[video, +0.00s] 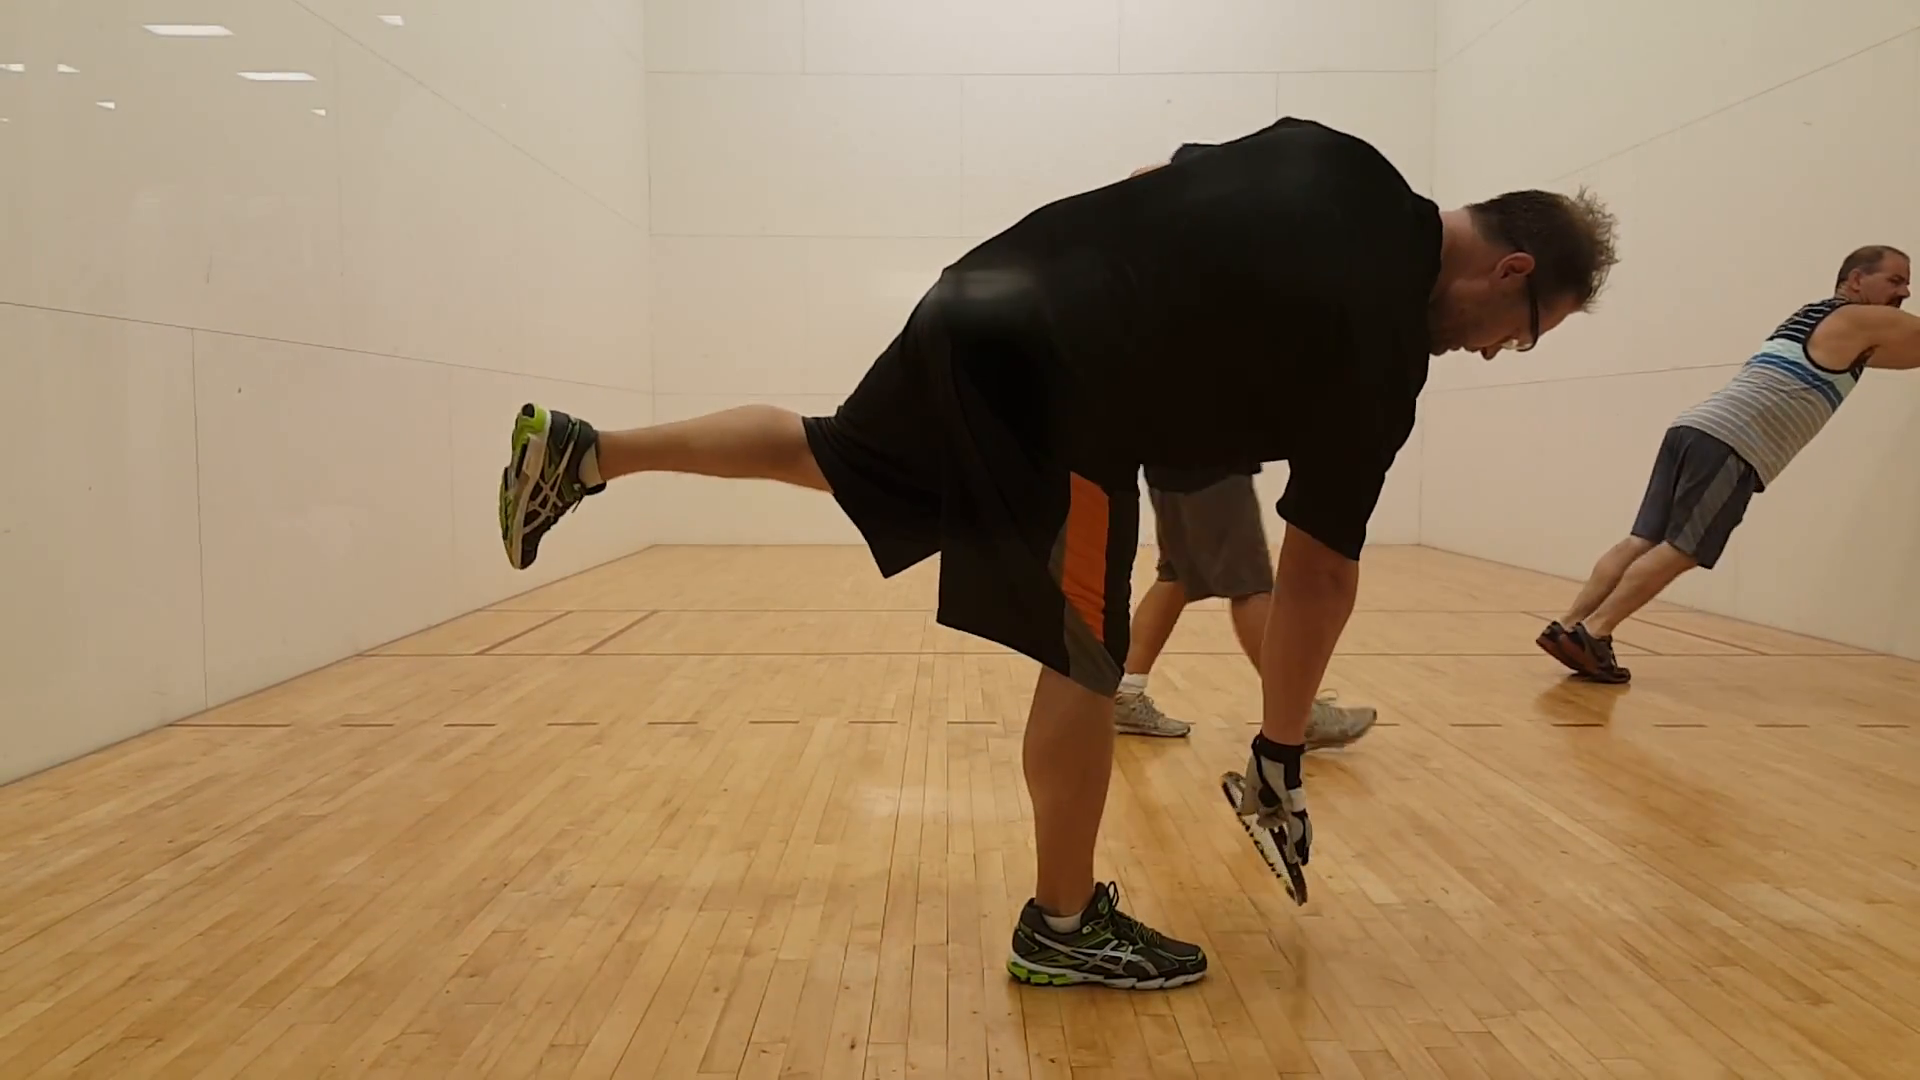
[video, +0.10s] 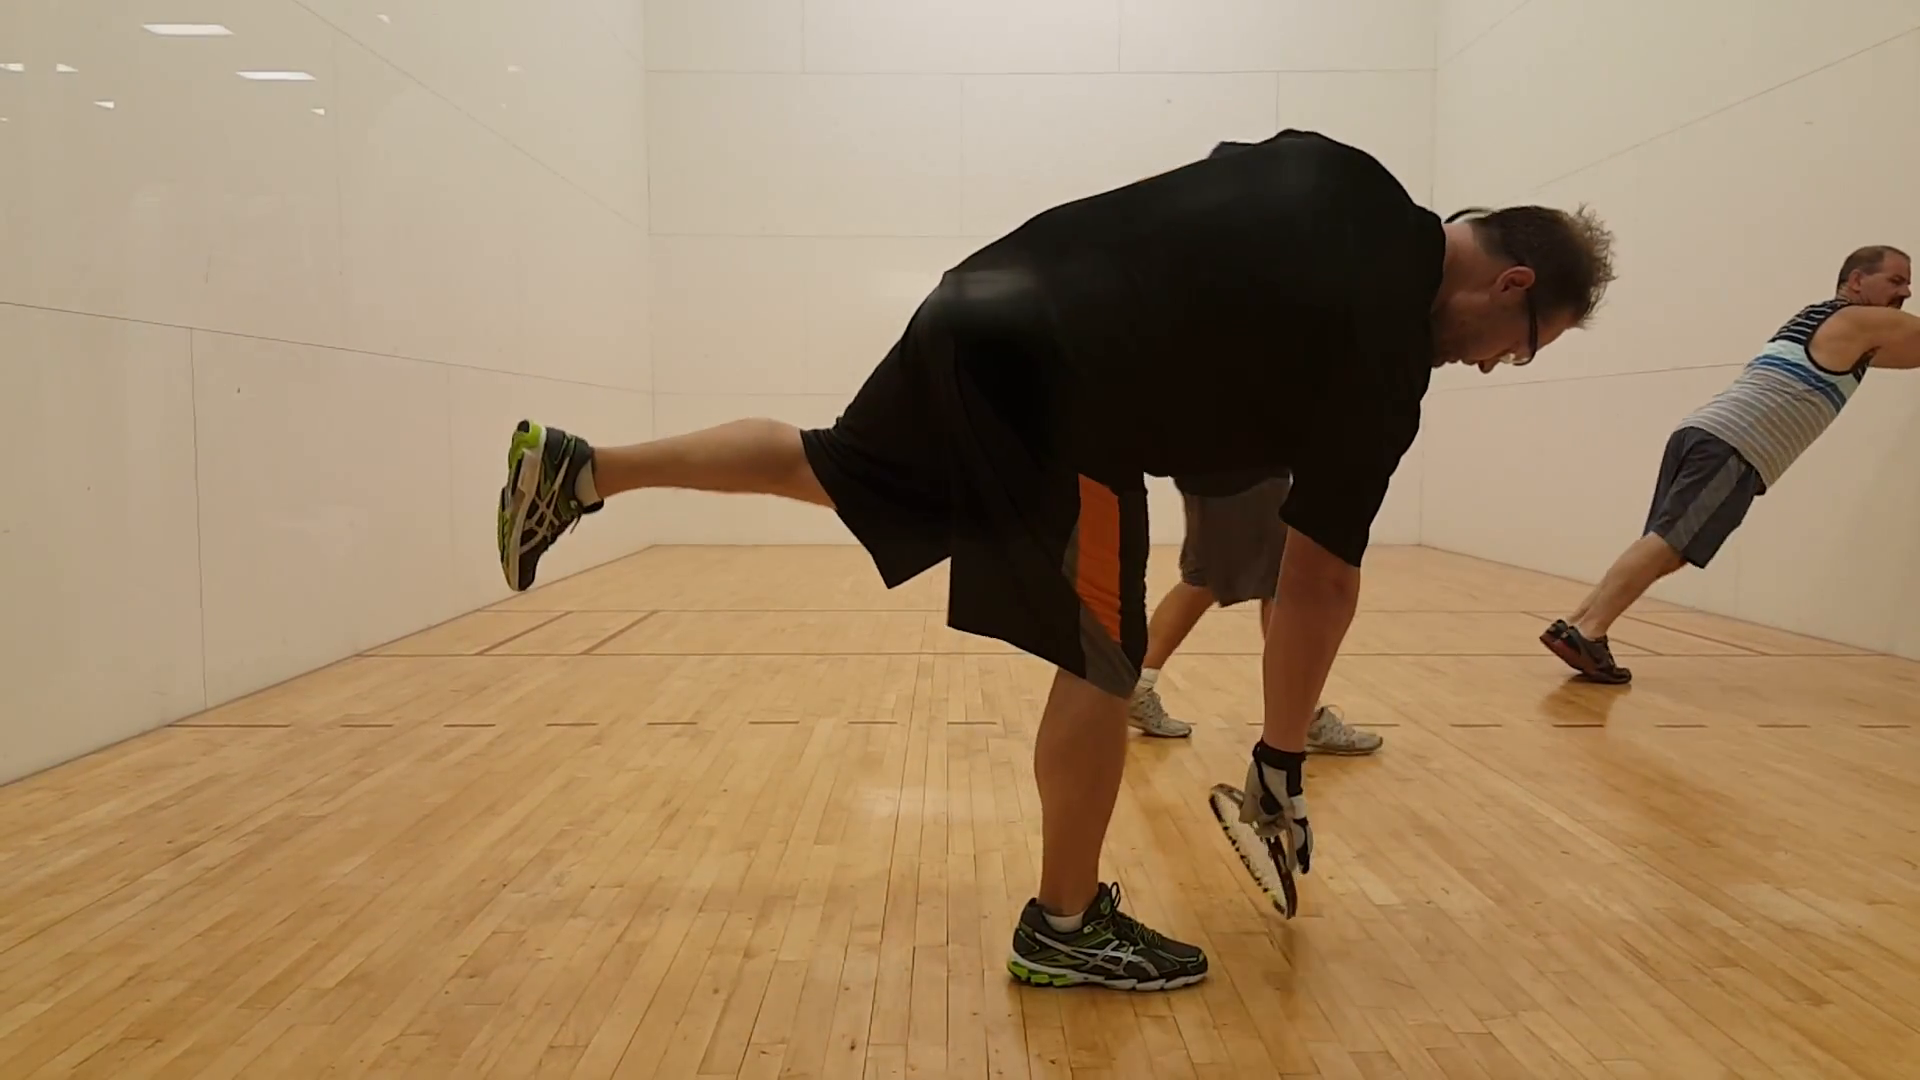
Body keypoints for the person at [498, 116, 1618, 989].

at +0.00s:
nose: (1496, 352)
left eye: (1518, 339)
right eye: (1520, 329)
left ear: (1479, 229)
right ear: (1506, 267)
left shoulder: (1329, 155)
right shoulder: (1382, 348)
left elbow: (1153, 183)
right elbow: (1314, 574)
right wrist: (1279, 753)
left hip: (982, 296)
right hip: (1067, 385)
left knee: (840, 455)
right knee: (1089, 646)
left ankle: (585, 451)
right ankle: (1063, 921)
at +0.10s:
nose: (1494, 365)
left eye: (1515, 353)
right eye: (1517, 342)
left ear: (1481, 245)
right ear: (1505, 279)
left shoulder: (1331, 168)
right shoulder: (1380, 356)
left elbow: (1189, 250)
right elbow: (1316, 585)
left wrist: (1231, 508)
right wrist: (1281, 757)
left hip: (978, 302)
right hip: (1064, 391)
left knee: (843, 466)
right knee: (1103, 658)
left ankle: (584, 468)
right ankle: (1064, 923)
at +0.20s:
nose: (1491, 379)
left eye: (1513, 367)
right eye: (1514, 355)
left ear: (1481, 259)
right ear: (1504, 291)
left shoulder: (1328, 184)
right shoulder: (1382, 369)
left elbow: (1192, 236)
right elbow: (1315, 590)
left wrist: (1238, 474)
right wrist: (1280, 767)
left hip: (978, 310)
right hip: (1070, 398)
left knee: (842, 478)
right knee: (1100, 664)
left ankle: (586, 502)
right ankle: (1063, 923)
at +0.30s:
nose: (1484, 390)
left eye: (1505, 379)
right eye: (1506, 368)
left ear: (1479, 270)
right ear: (1500, 302)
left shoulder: (1337, 193)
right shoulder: (1376, 377)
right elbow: (1319, 590)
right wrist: (1284, 773)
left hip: (976, 304)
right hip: (1065, 400)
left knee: (844, 479)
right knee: (1084, 665)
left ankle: (584, 530)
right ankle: (1062, 921)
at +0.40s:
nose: (1480, 398)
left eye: (1501, 387)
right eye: (1503, 379)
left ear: (1481, 276)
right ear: (1499, 315)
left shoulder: (1342, 197)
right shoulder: (1377, 383)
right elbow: (1318, 604)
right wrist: (1283, 778)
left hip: (977, 298)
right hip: (1064, 399)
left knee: (835, 474)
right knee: (1081, 662)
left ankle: (574, 527)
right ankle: (1062, 922)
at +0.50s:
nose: (1487, 407)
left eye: (1508, 394)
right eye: (1508, 387)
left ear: (1474, 285)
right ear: (1493, 334)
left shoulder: (1345, 205)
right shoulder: (1383, 392)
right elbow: (1319, 607)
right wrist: (1285, 786)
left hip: (979, 289)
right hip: (1065, 394)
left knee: (824, 463)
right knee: (1081, 661)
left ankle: (560, 504)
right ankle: (1063, 922)